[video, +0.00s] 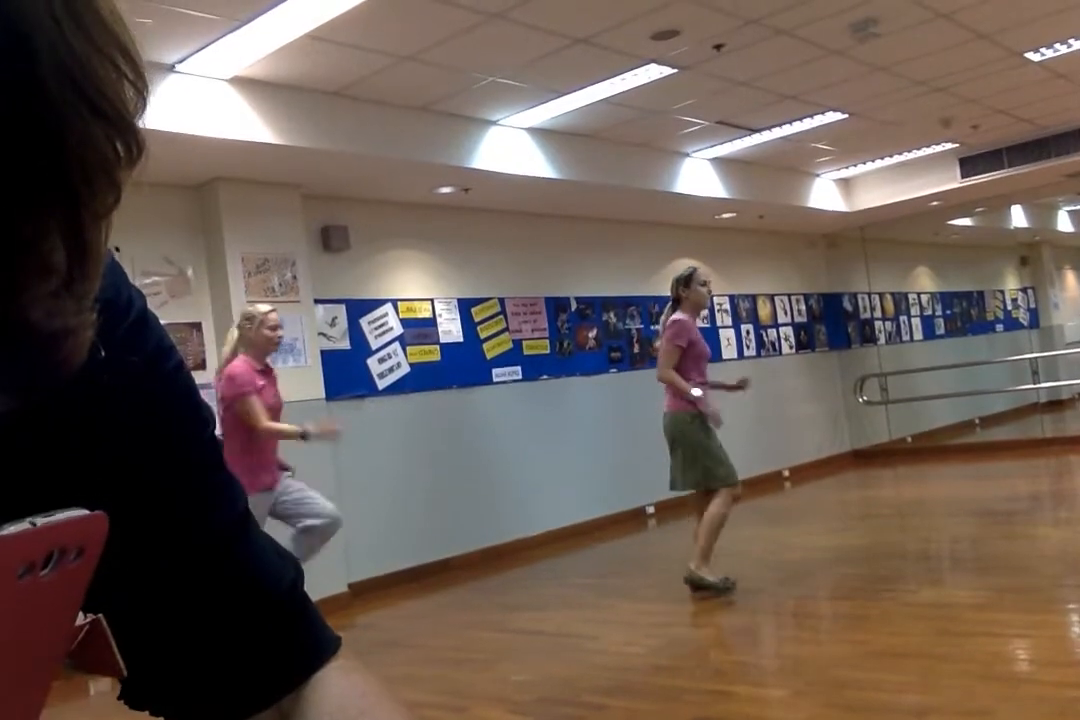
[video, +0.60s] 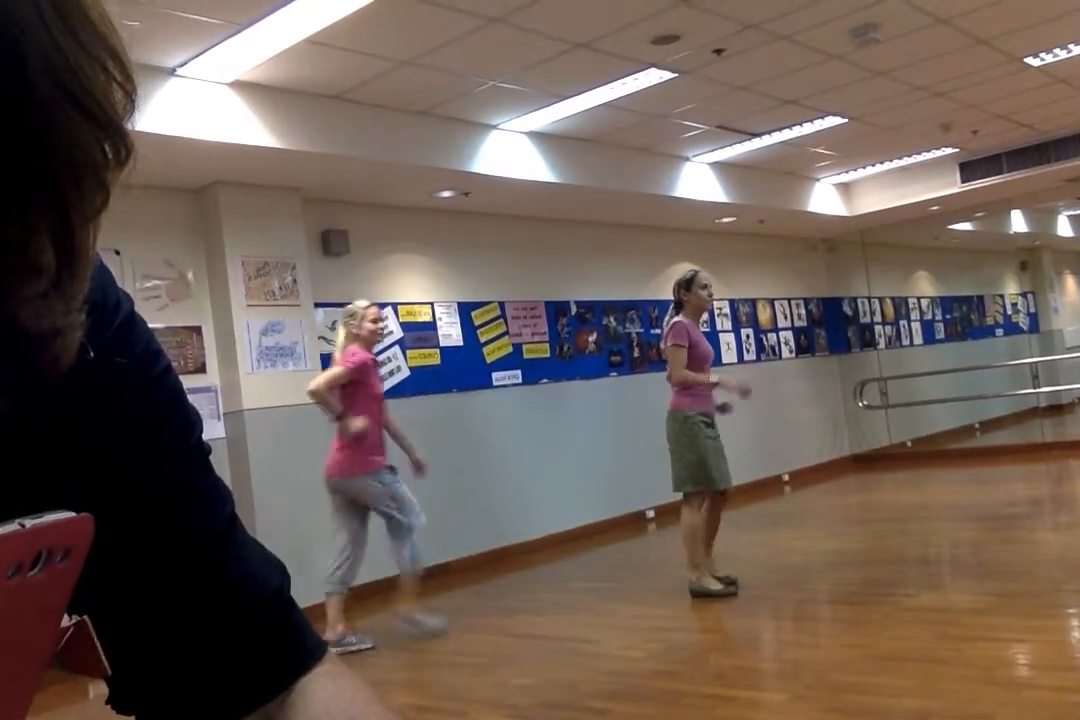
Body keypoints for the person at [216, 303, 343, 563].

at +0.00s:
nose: (279, 334)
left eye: (280, 328)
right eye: (272, 329)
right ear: (250, 332)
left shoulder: (263, 370)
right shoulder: (238, 373)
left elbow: (259, 429)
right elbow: (260, 425)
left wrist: (272, 460)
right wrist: (307, 432)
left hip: (269, 478)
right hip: (246, 485)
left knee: (325, 519)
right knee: (246, 556)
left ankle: (280, 577)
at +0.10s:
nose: (295, 334)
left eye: (295, 328)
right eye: (288, 328)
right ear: (265, 331)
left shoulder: (269, 367)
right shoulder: (257, 367)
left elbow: (273, 426)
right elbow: (287, 422)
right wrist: (322, 460)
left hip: (279, 483)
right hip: (256, 487)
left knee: (325, 534)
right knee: (248, 561)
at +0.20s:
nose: (313, 333)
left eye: (312, 328)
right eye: (306, 328)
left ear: (295, 332)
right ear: (285, 330)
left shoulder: (280, 365)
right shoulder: (284, 367)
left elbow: (283, 417)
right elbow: (295, 427)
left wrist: (314, 409)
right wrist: (311, 476)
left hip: (291, 482)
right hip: (278, 484)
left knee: (314, 556)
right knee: (269, 564)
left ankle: (331, 629)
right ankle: (267, 643)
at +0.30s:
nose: (332, 327)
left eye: (332, 322)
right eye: (325, 322)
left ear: (314, 328)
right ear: (304, 326)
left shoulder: (305, 360)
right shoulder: (305, 362)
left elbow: (309, 414)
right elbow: (294, 418)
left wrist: (335, 396)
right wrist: (293, 471)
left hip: (303, 473)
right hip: (301, 474)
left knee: (312, 553)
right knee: (320, 550)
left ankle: (327, 631)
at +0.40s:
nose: (348, 331)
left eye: (349, 325)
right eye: (342, 325)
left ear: (333, 330)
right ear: (322, 328)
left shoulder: (322, 363)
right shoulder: (321, 362)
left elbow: (336, 418)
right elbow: (293, 408)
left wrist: (370, 400)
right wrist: (291, 458)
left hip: (304, 474)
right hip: (321, 473)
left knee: (315, 549)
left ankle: (330, 631)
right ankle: (307, 557)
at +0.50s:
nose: (364, 325)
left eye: (364, 319)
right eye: (357, 320)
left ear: (351, 326)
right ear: (338, 325)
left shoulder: (342, 360)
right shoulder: (340, 358)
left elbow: (359, 416)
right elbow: (298, 396)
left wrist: (406, 421)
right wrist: (307, 438)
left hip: (322, 469)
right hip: (341, 466)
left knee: (329, 553)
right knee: (400, 511)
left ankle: (333, 632)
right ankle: (351, 565)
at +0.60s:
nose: (380, 326)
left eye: (380, 320)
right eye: (374, 321)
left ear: (369, 327)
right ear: (355, 325)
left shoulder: (364, 361)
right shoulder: (360, 358)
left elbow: (383, 417)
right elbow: (317, 388)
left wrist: (411, 452)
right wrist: (343, 417)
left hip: (341, 470)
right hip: (364, 467)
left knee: (349, 546)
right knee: (408, 521)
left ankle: (335, 629)